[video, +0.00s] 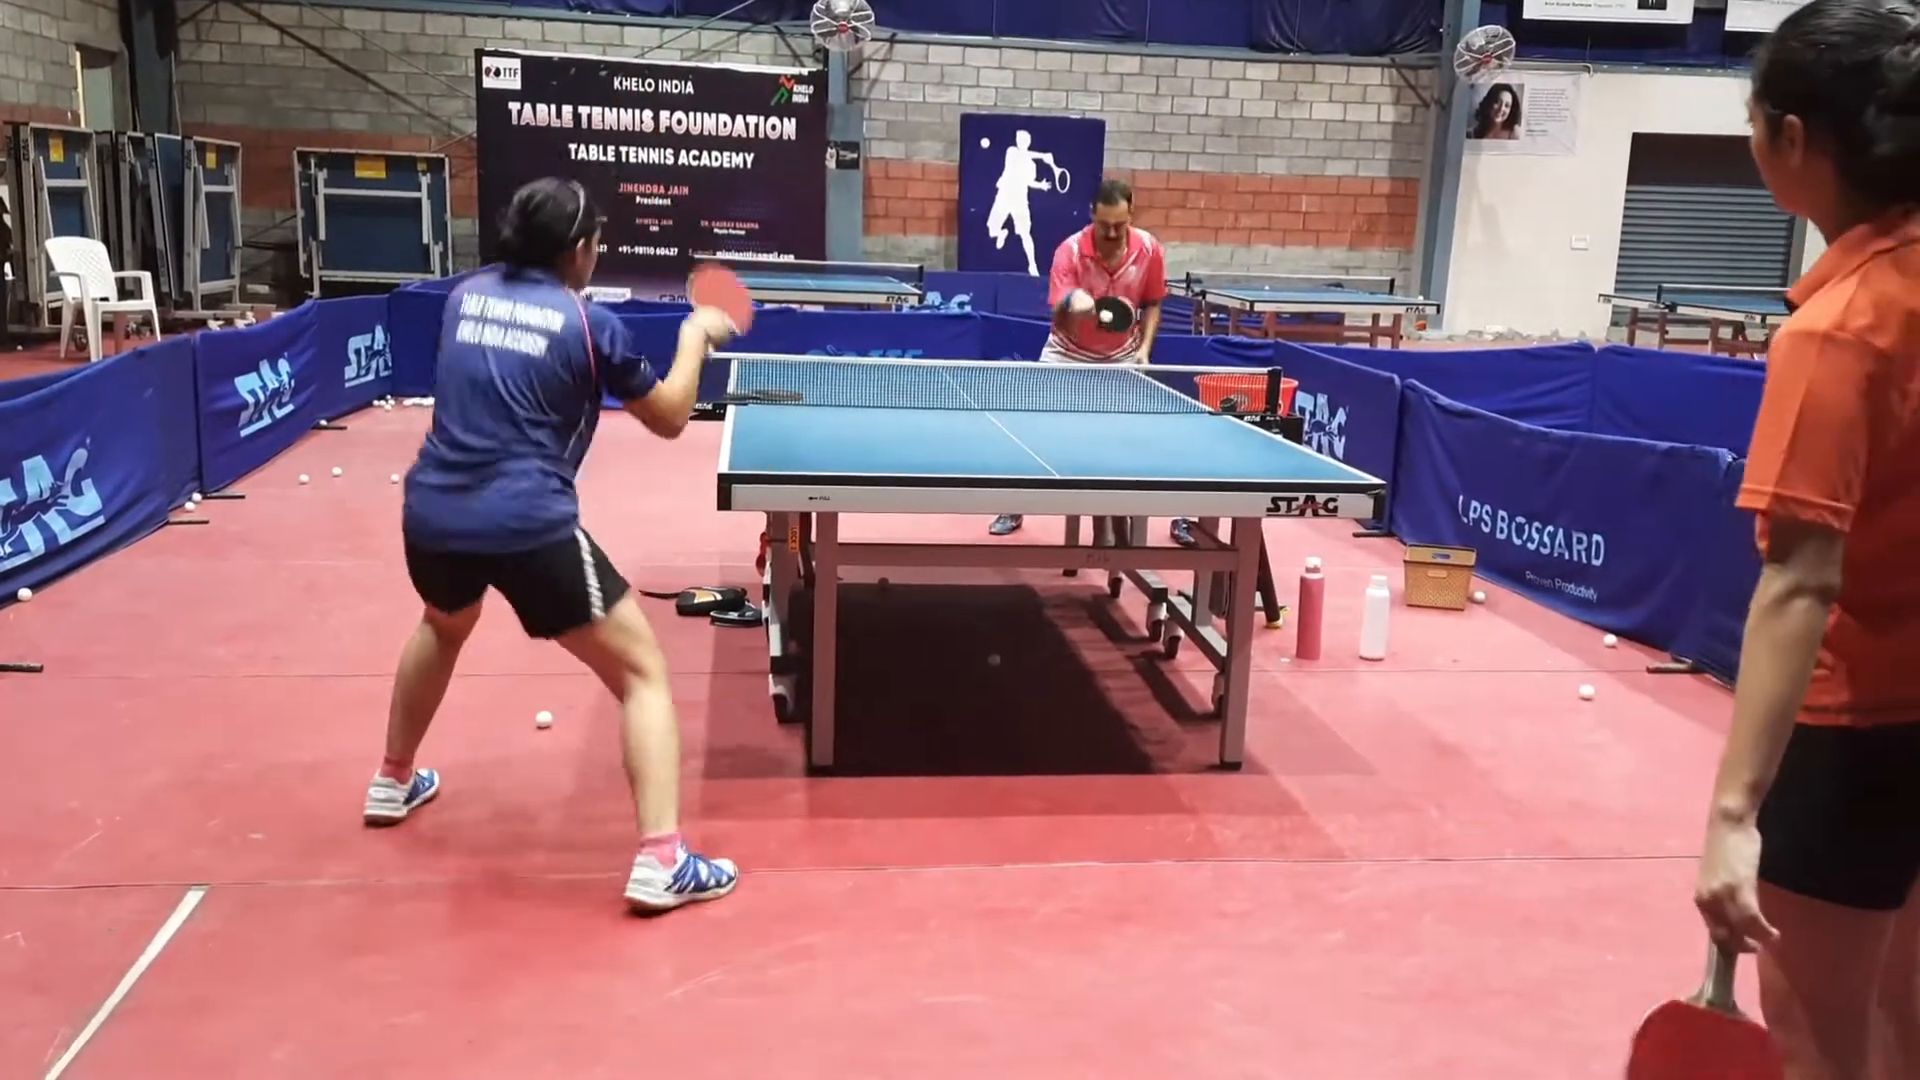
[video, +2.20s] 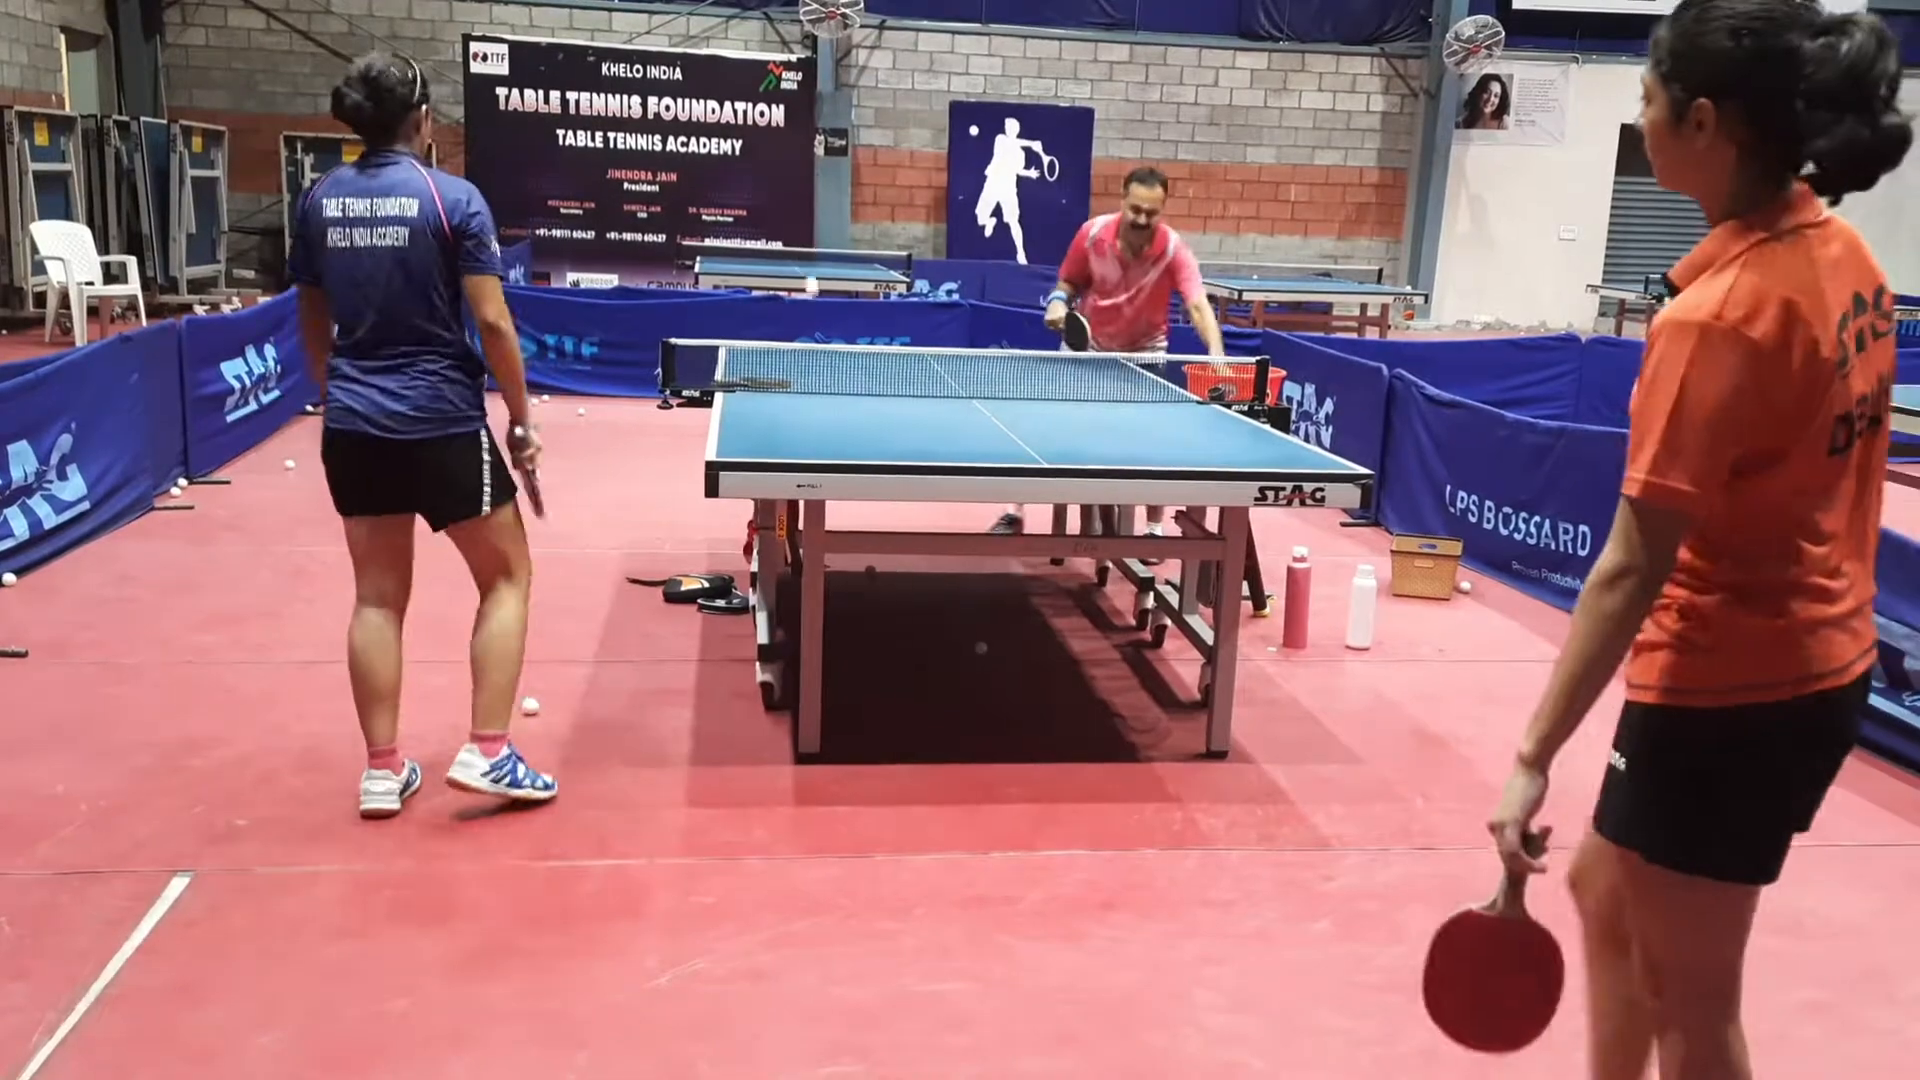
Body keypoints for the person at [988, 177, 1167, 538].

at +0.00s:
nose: (1112, 231)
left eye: (1119, 224)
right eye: (1104, 223)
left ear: (1131, 216)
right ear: (1092, 215)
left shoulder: (1149, 250)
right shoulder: (1070, 251)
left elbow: (1153, 304)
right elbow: (1061, 310)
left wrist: (1144, 349)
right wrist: (1080, 302)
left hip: (1123, 355)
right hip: (1065, 352)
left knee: (1150, 426)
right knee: (1033, 419)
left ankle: (1182, 514)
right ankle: (1013, 505)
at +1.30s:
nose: (1106, 192)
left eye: (1115, 184)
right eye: (1100, 183)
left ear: (1131, 187)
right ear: (1092, 184)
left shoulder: (1153, 233)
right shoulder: (1071, 231)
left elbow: (1166, 296)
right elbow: (1055, 289)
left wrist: (1133, 329)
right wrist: (1042, 294)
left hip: (1129, 351)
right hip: (1069, 344)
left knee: (1159, 423)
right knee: (1032, 413)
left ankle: (1174, 508)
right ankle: (1016, 498)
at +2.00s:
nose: (1110, 205)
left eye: (1117, 197)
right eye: (1102, 197)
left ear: (1125, 193)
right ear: (1083, 190)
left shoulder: (1138, 231)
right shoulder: (1052, 231)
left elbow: (1167, 281)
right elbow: (1029, 283)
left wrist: (1181, 313)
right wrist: (1027, 305)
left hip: (1117, 348)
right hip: (1054, 346)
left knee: (1134, 429)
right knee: (1024, 419)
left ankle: (1152, 522)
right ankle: (999, 509)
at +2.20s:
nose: (1142, 220)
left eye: (1151, 213)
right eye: (1135, 210)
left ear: (1163, 210)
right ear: (1122, 202)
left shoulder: (1173, 248)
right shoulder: (1093, 234)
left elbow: (1197, 305)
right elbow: (1067, 283)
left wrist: (1216, 351)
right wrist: (1057, 304)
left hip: (1146, 351)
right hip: (1090, 347)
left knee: (1152, 437)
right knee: (1051, 423)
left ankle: (1154, 529)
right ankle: (1015, 511)